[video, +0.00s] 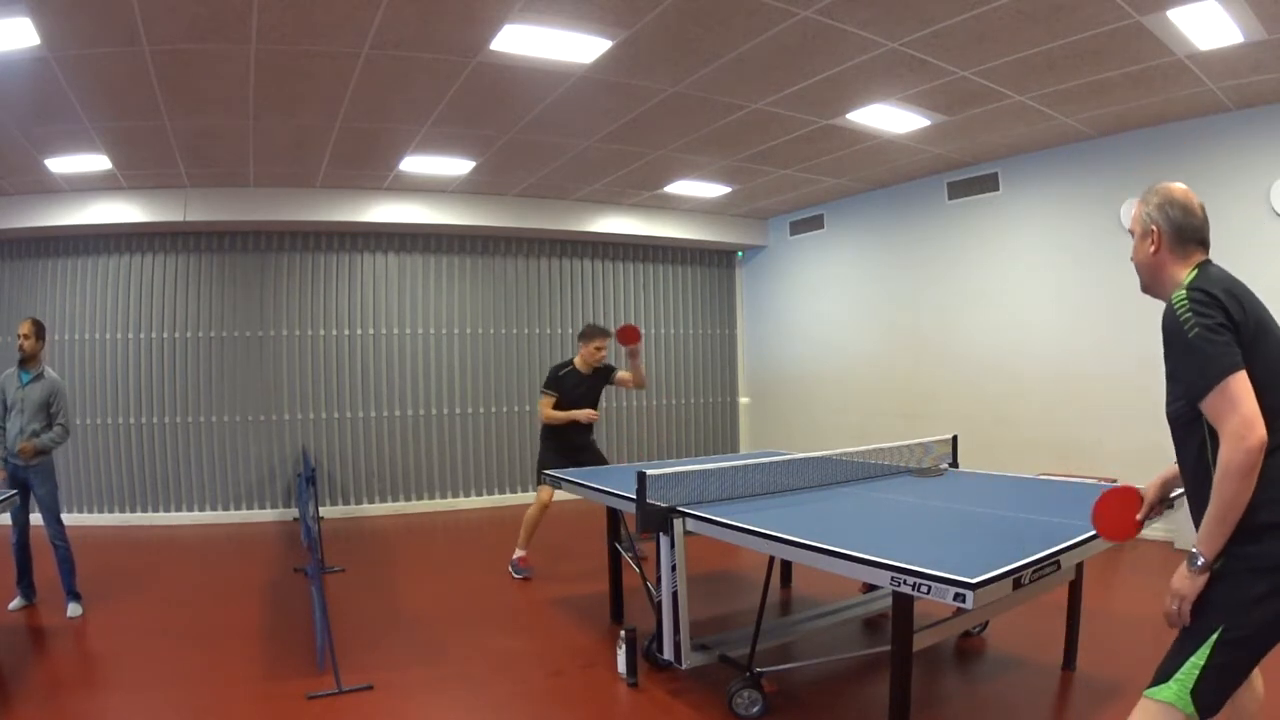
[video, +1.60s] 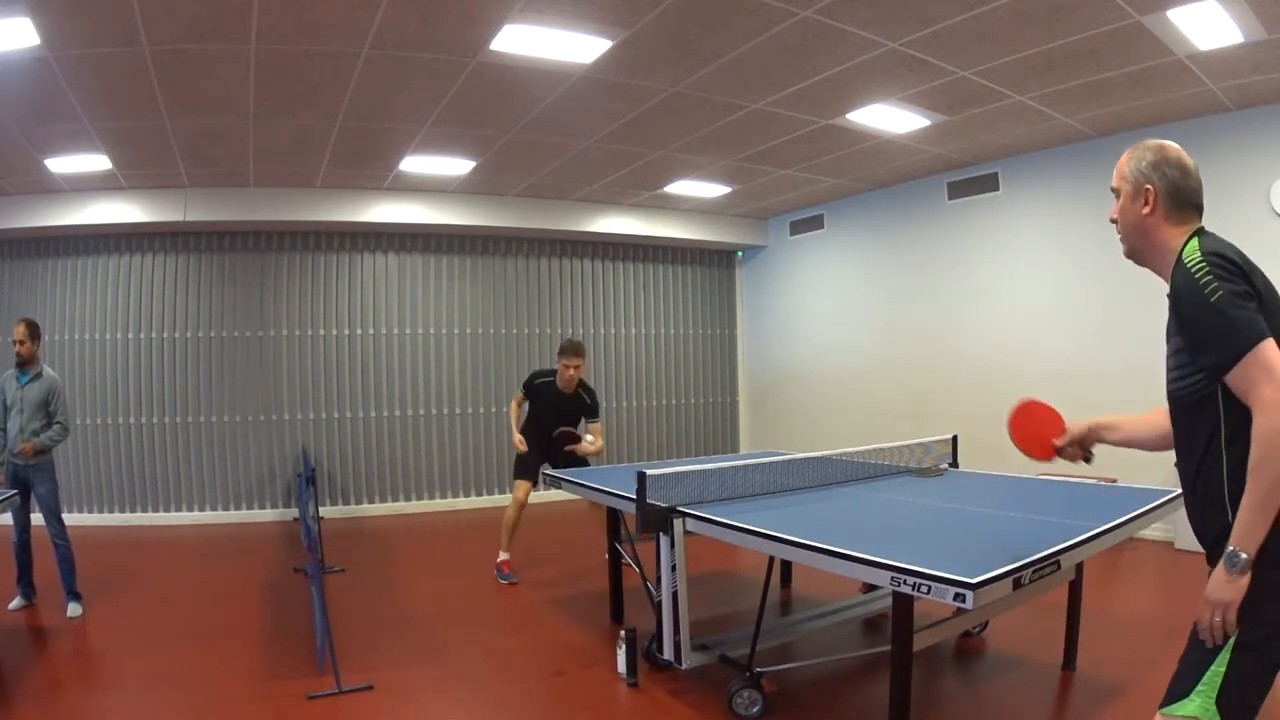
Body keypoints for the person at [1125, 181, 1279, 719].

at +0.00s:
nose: (1129, 253)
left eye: (1132, 237)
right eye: (1130, 238)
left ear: (1153, 240)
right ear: (1190, 237)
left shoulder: (1190, 306)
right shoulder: (1224, 292)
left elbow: (1244, 437)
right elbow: (1246, 423)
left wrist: (1198, 561)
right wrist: (1171, 481)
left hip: (1257, 554)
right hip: (1268, 542)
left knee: (1160, 707)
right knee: (1235, 670)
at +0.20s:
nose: (1118, 273)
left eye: (1124, 257)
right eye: (1119, 257)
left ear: (1151, 260)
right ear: (1157, 260)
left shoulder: (1207, 319)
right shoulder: (1199, 323)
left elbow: (1272, 428)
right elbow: (1192, 456)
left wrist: (1225, 556)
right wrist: (1112, 513)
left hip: (1267, 563)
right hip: (1260, 559)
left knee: (1181, 709)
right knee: (1197, 703)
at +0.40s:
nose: (1100, 236)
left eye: (1106, 218)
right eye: (1102, 220)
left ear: (1139, 223)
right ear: (1144, 224)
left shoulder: (1204, 287)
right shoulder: (1172, 317)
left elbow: (1278, 403)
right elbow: (1144, 435)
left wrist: (1238, 541)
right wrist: (1056, 440)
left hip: (1261, 556)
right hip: (1239, 554)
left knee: (1175, 712)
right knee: (1197, 709)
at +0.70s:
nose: (1098, 210)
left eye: (1100, 193)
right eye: (1098, 195)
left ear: (1122, 194)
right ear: (1167, 193)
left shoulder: (1174, 268)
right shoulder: (1201, 256)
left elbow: (1236, 410)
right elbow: (1227, 408)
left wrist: (1170, 556)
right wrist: (1135, 437)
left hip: (1242, 556)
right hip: (1257, 546)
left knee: (1169, 711)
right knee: (1195, 706)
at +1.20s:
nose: (1130, 245)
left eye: (1137, 227)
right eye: (1131, 229)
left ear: (1171, 232)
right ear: (1172, 233)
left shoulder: (1226, 296)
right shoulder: (1200, 324)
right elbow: (1160, 449)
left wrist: (1227, 542)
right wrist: (1079, 477)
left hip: (1268, 550)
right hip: (1257, 548)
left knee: (1199, 708)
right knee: (1215, 705)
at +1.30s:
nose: (1125, 229)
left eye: (1133, 213)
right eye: (1126, 214)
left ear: (1170, 219)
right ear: (1167, 222)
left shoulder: (1231, 284)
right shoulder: (1182, 324)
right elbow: (1118, 418)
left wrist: (1254, 536)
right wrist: (1027, 428)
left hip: (1270, 549)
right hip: (1252, 550)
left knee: (1206, 709)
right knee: (1229, 706)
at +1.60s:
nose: (1111, 215)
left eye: (1115, 196)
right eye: (1111, 198)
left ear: (1147, 200)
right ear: (1155, 200)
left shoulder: (1200, 271)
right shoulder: (1202, 271)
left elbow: (1273, 401)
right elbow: (1195, 421)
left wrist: (1236, 560)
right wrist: (1094, 431)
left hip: (1260, 564)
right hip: (1259, 560)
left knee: (1191, 712)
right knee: (1203, 710)